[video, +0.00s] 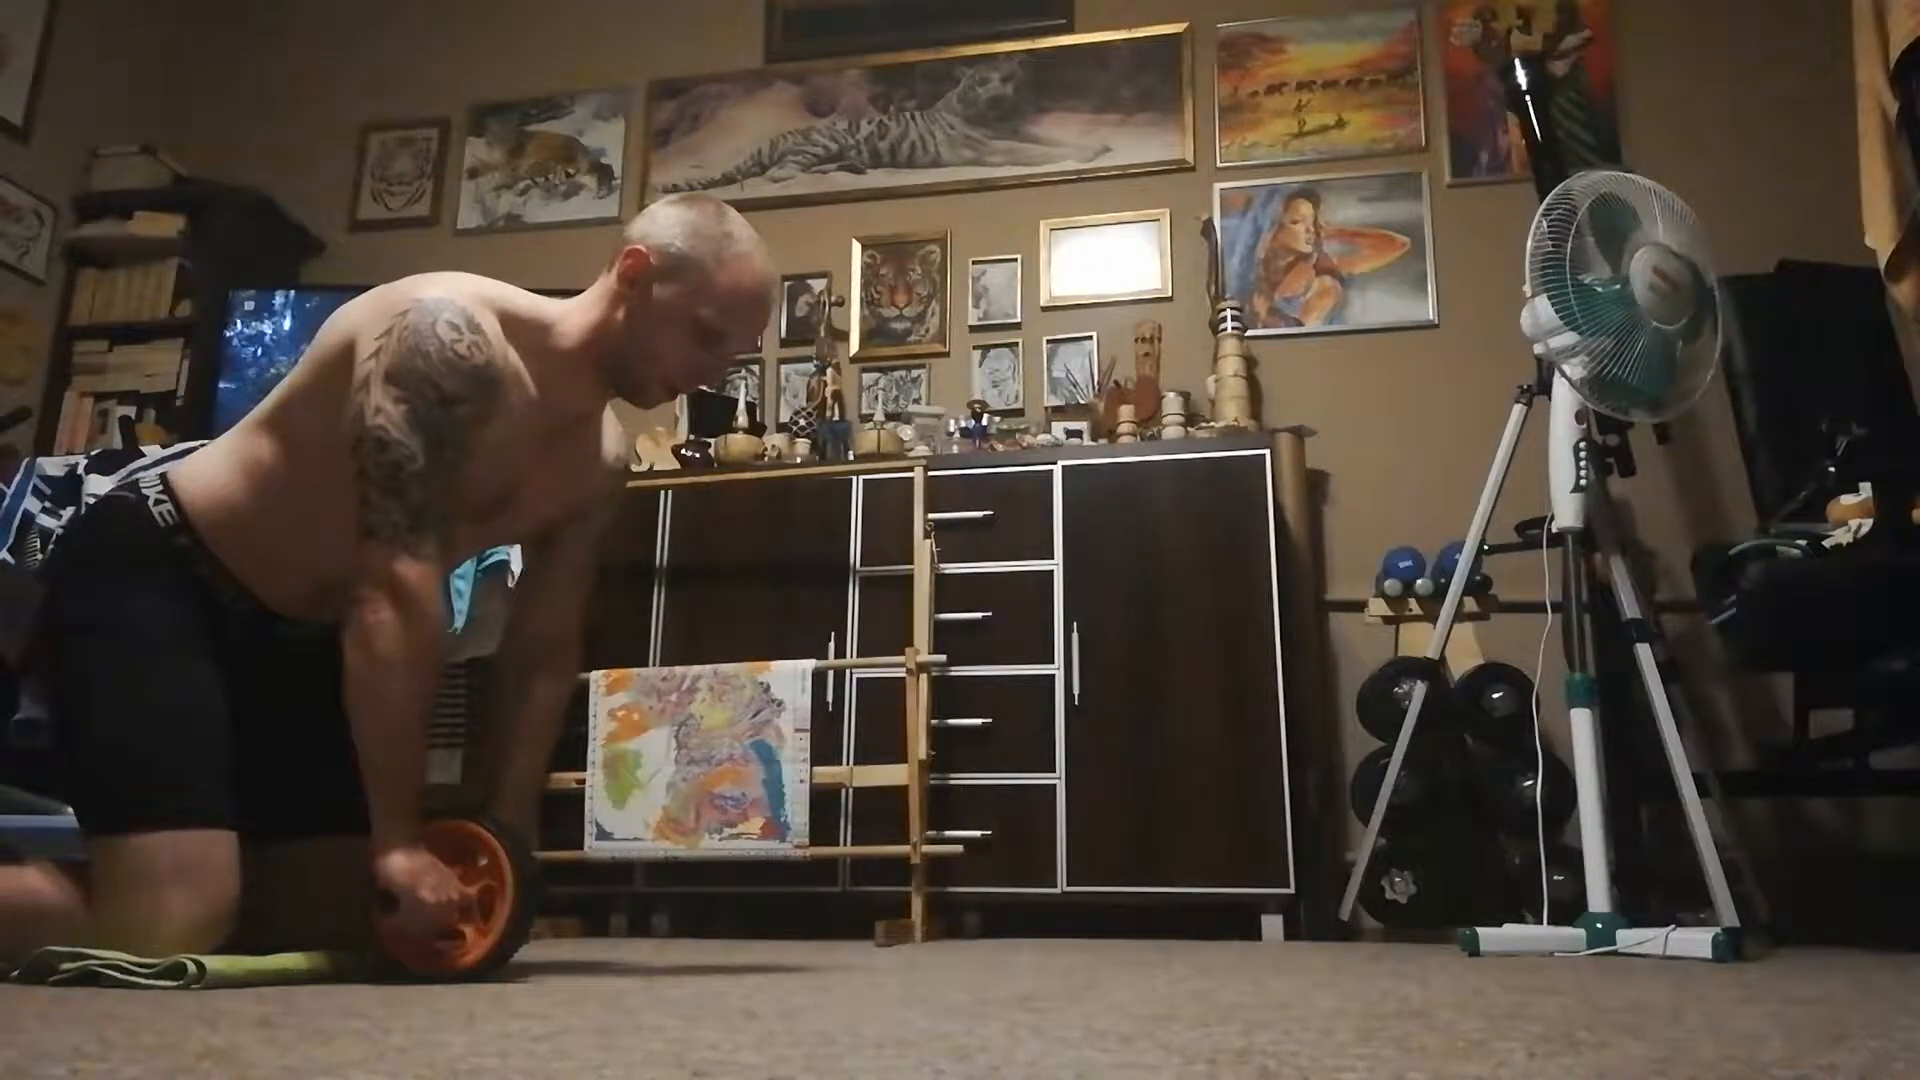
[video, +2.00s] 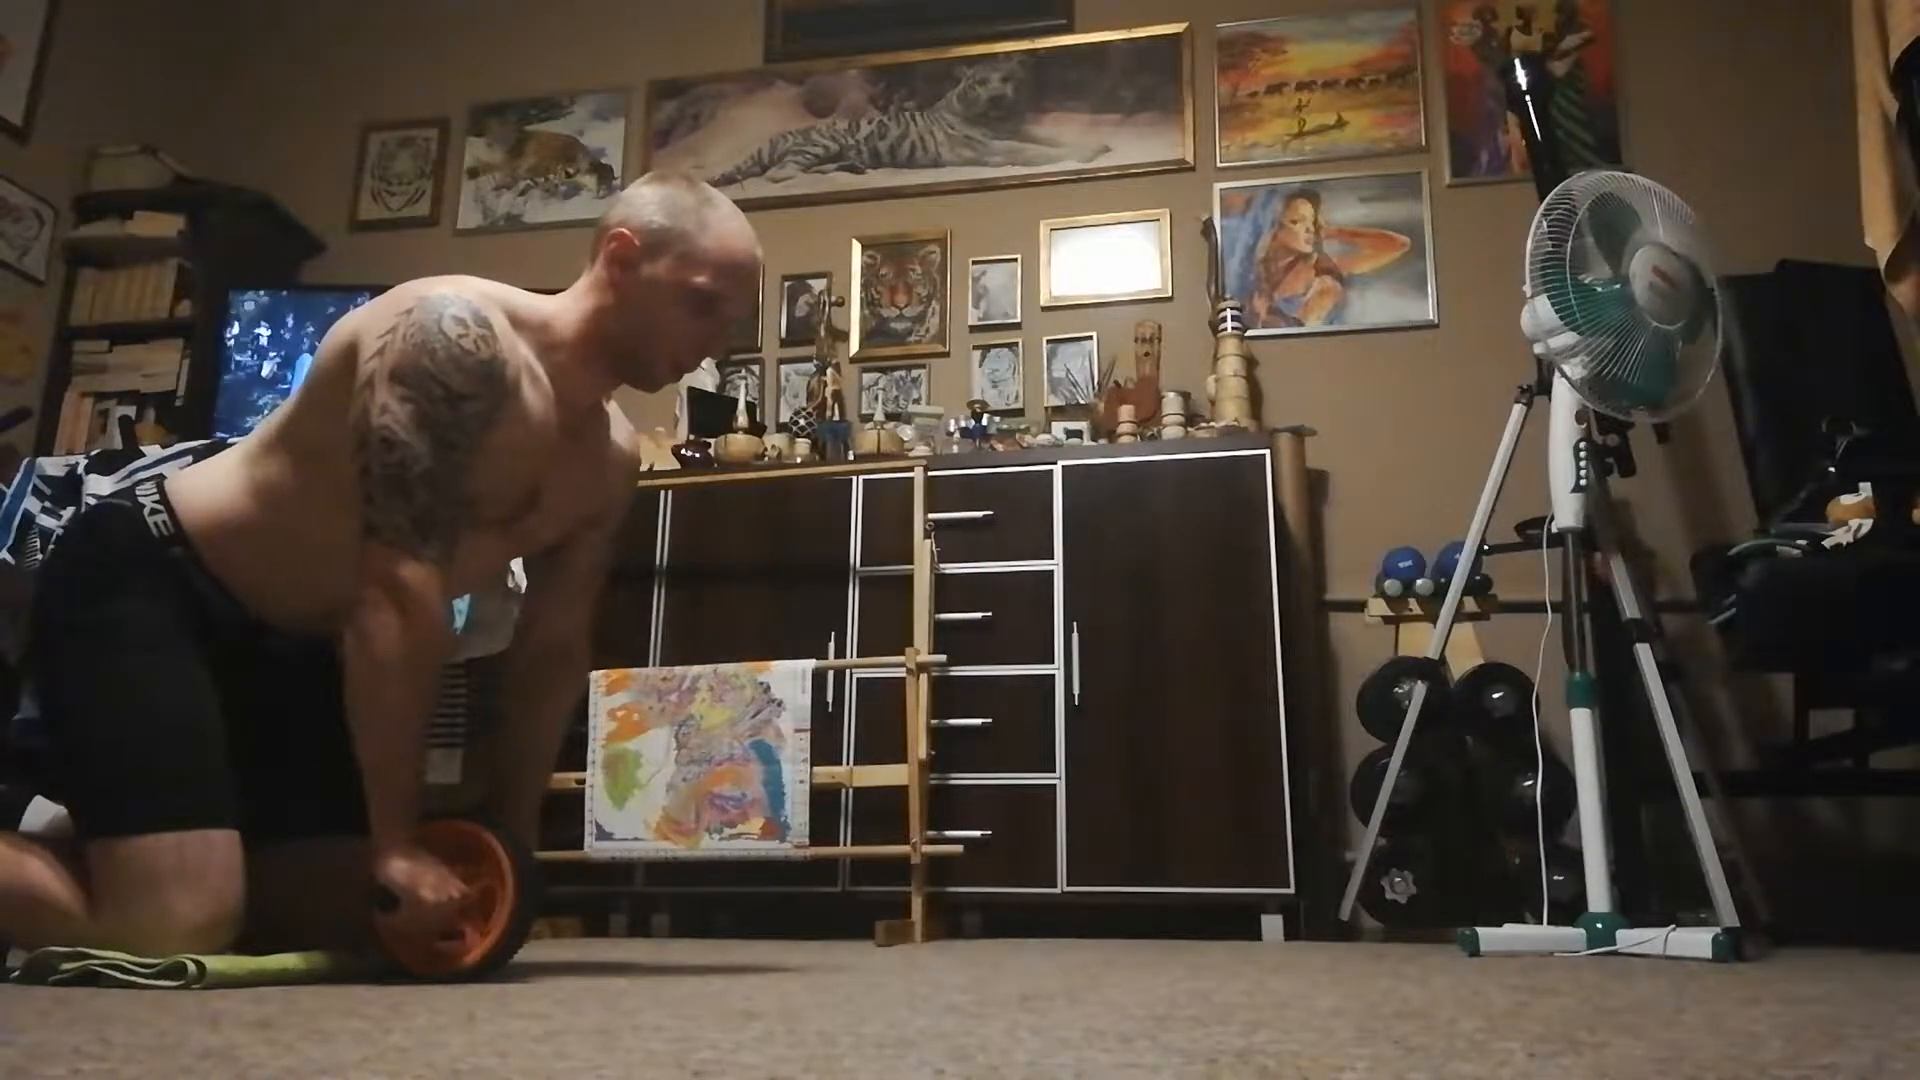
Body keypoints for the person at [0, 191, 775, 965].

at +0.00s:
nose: (718, 374)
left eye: (736, 353)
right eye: (711, 339)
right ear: (636, 279)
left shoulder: (589, 468)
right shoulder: (448, 339)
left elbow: (542, 656)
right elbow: (390, 604)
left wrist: (497, 858)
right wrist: (400, 845)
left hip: (294, 632)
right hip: (154, 569)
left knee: (354, 913)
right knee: (172, 922)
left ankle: (140, 894)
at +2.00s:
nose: (719, 343)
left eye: (734, 319)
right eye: (708, 305)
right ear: (623, 255)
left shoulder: (609, 461)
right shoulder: (456, 339)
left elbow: (548, 664)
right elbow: (392, 605)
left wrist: (499, 867)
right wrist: (397, 851)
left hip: (291, 640)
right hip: (145, 573)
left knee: (354, 913)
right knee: (179, 922)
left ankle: (64, 862)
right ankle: (11, 863)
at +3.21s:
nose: (760, 369)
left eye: (777, 347)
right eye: (753, 330)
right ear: (672, 275)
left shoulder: (640, 471)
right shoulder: (496, 338)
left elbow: (631, 669)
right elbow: (470, 608)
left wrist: (625, 844)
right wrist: (538, 837)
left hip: (311, 645)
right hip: (169, 564)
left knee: (323, 932)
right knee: (166, 928)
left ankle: (48, 852)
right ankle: (11, 845)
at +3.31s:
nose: (791, 375)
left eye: (808, 356)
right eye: (784, 337)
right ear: (702, 282)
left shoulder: (672, 470)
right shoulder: (537, 340)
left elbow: (685, 669)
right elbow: (536, 602)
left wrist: (700, 832)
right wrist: (620, 830)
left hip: (326, 641)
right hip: (186, 559)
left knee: (324, 936)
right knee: (163, 929)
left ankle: (41, 838)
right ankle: (11, 829)